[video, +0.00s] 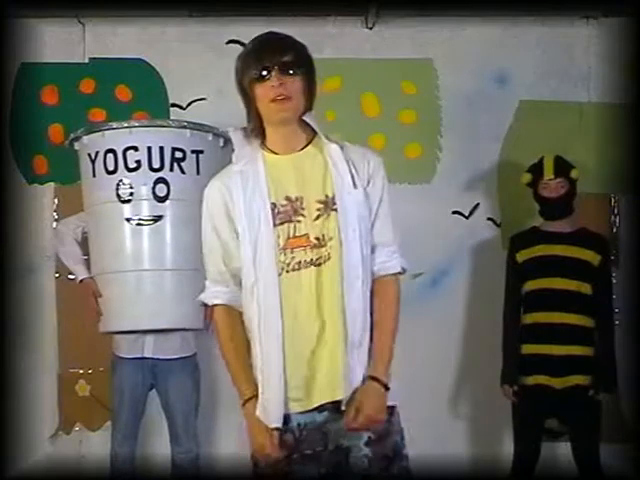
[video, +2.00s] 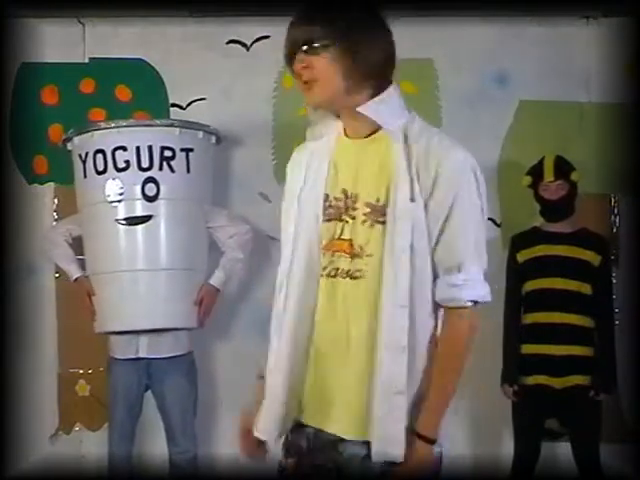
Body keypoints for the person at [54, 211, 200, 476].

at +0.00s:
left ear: (170, 190)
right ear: (129, 191)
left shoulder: (186, 221)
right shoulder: (115, 215)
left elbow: (216, 248)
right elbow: (65, 228)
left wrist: (211, 294)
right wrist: (84, 277)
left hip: (179, 349)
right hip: (129, 351)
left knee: (186, 446)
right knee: (122, 447)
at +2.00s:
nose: (143, 193)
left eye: (153, 187)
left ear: (165, 184)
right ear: (124, 187)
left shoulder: (188, 211)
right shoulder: (106, 215)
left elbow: (241, 235)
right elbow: (54, 234)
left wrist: (216, 284)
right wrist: (78, 277)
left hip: (174, 348)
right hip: (122, 350)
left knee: (183, 449)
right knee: (119, 451)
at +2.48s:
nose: (142, 193)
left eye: (151, 187)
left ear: (163, 184)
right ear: (123, 187)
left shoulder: (187, 211)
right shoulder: (106, 216)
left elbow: (239, 235)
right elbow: (53, 233)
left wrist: (220, 288)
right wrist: (76, 277)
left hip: (172, 349)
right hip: (122, 351)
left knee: (182, 449)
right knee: (119, 451)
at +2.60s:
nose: (141, 192)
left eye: (149, 186)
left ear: (161, 185)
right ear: (121, 190)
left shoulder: (181, 212)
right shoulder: (104, 216)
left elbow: (235, 239)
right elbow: (53, 232)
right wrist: (76, 275)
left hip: (173, 349)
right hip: (122, 351)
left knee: (184, 449)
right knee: (118, 450)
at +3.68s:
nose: (135, 189)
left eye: (144, 181)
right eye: (128, 181)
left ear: (157, 181)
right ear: (116, 183)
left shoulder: (176, 208)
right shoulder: (104, 212)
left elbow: (229, 216)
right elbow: (53, 229)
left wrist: (236, 173)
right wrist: (75, 274)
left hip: (172, 340)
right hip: (123, 344)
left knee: (183, 441)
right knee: (121, 441)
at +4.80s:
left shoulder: (179, 218)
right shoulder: (106, 214)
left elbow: (236, 235)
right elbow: (54, 228)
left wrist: (209, 215)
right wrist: (75, 273)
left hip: (172, 337)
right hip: (121, 340)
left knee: (179, 432)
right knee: (120, 429)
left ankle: (183, 477)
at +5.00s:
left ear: (165, 189)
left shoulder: (182, 220)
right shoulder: (106, 217)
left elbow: (216, 247)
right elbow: (56, 227)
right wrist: (75, 273)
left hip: (171, 349)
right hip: (120, 351)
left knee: (182, 448)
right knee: (118, 451)